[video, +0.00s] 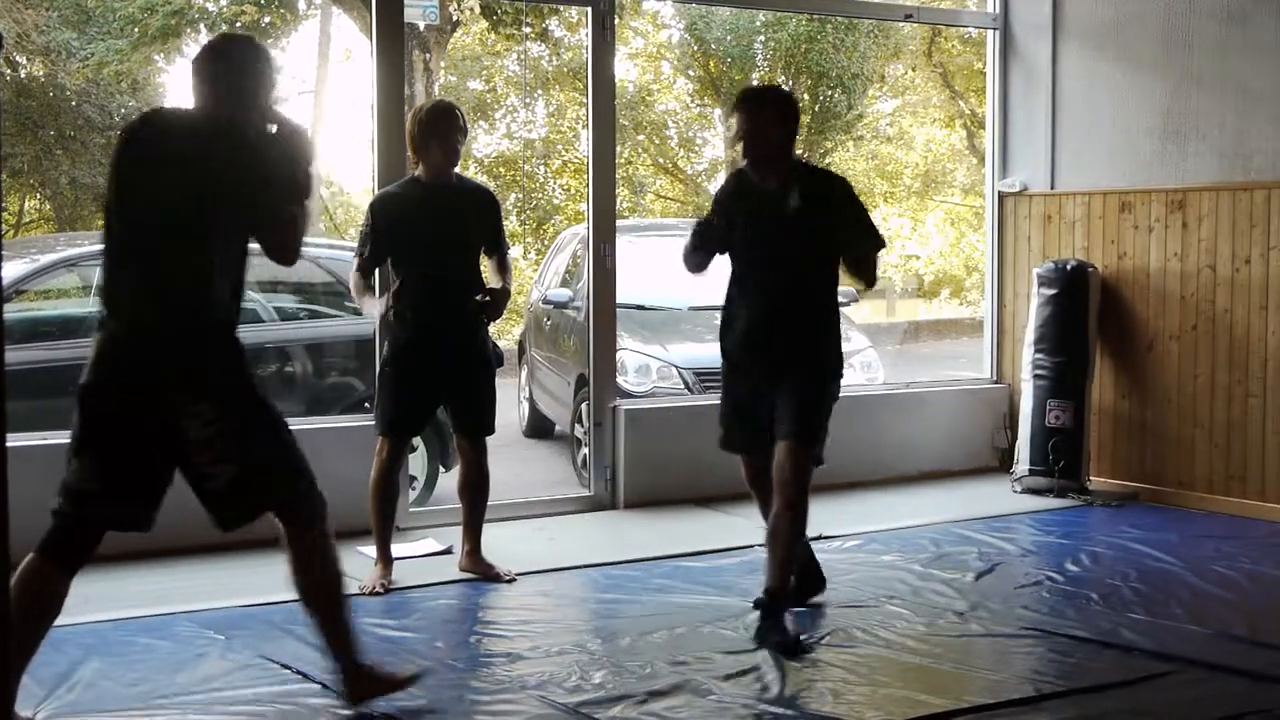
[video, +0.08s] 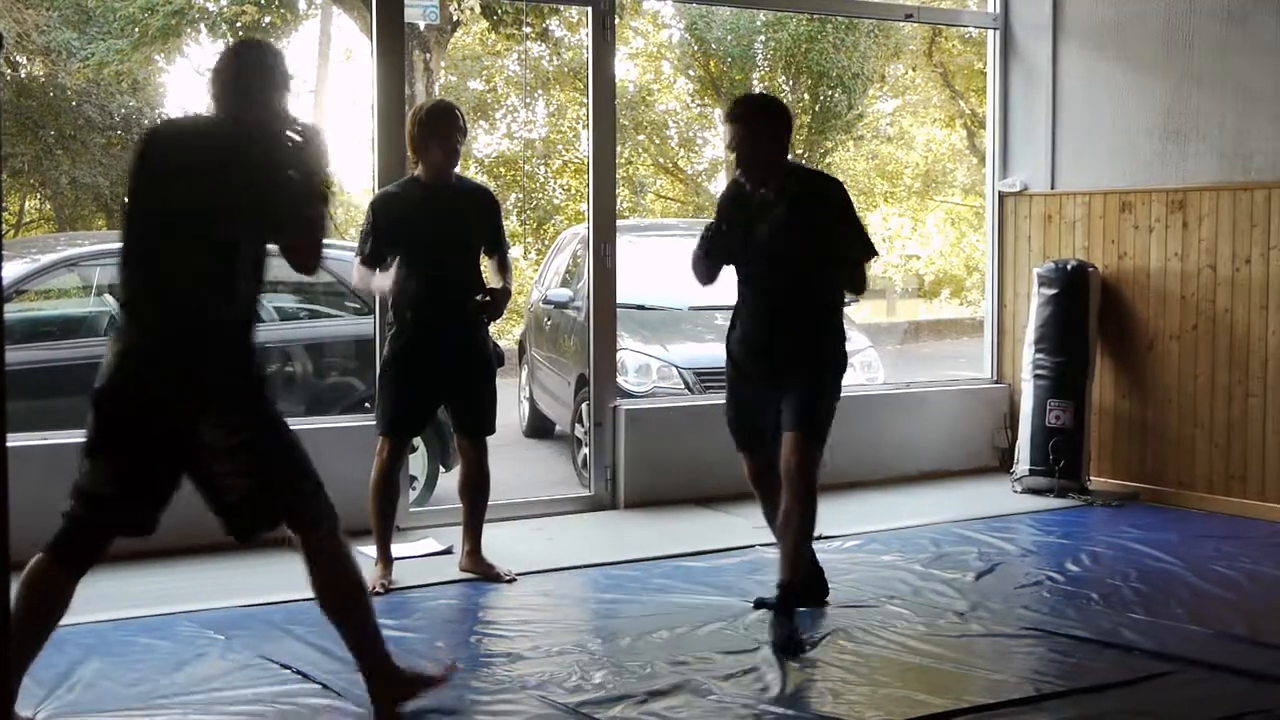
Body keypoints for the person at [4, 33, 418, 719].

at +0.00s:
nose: (271, 99)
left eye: (269, 87)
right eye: (267, 86)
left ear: (197, 82)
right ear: (249, 88)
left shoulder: (142, 132)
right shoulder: (250, 148)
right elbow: (284, 245)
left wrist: (248, 142)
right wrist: (297, 157)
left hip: (120, 362)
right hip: (204, 364)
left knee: (65, 543)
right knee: (301, 506)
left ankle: (4, 698)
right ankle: (351, 669)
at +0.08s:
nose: (283, 103)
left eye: (279, 90)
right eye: (280, 91)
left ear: (215, 87)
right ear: (272, 94)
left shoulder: (160, 141)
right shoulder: (272, 154)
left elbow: (143, 244)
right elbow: (304, 255)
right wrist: (314, 162)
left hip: (136, 369)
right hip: (220, 374)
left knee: (75, 543)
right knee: (314, 519)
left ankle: (3, 693)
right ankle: (383, 678)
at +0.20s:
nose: (324, 114)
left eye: (322, 101)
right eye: (322, 103)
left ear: (265, 96)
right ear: (308, 103)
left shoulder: (207, 152)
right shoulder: (303, 166)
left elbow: (178, 229)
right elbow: (353, 264)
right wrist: (381, 204)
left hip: (182, 376)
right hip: (261, 379)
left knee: (108, 538)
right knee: (363, 521)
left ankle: (14, 683)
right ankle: (398, 689)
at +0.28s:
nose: (364, 114)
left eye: (363, 103)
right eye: (361, 103)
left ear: (301, 96)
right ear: (344, 102)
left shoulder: (235, 149)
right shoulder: (344, 168)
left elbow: (202, 248)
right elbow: (383, 271)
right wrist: (411, 241)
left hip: (213, 372)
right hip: (294, 376)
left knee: (139, 534)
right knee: (382, 518)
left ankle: (38, 675)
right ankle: (400, 688)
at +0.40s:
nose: (397, 116)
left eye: (396, 105)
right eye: (396, 104)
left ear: (322, 94)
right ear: (381, 103)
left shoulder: (258, 140)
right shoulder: (384, 168)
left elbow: (229, 221)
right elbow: (414, 271)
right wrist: (447, 224)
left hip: (227, 361)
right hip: (314, 369)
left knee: (192, 509)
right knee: (385, 519)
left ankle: (106, 646)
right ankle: (401, 689)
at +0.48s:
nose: (399, 105)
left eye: (397, 93)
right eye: (396, 94)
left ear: (326, 86)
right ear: (385, 96)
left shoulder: (266, 132)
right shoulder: (384, 156)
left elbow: (239, 213)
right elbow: (420, 272)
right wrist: (441, 196)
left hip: (235, 352)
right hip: (321, 359)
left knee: (203, 507)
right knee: (383, 518)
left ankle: (149, 651)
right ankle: (400, 689)